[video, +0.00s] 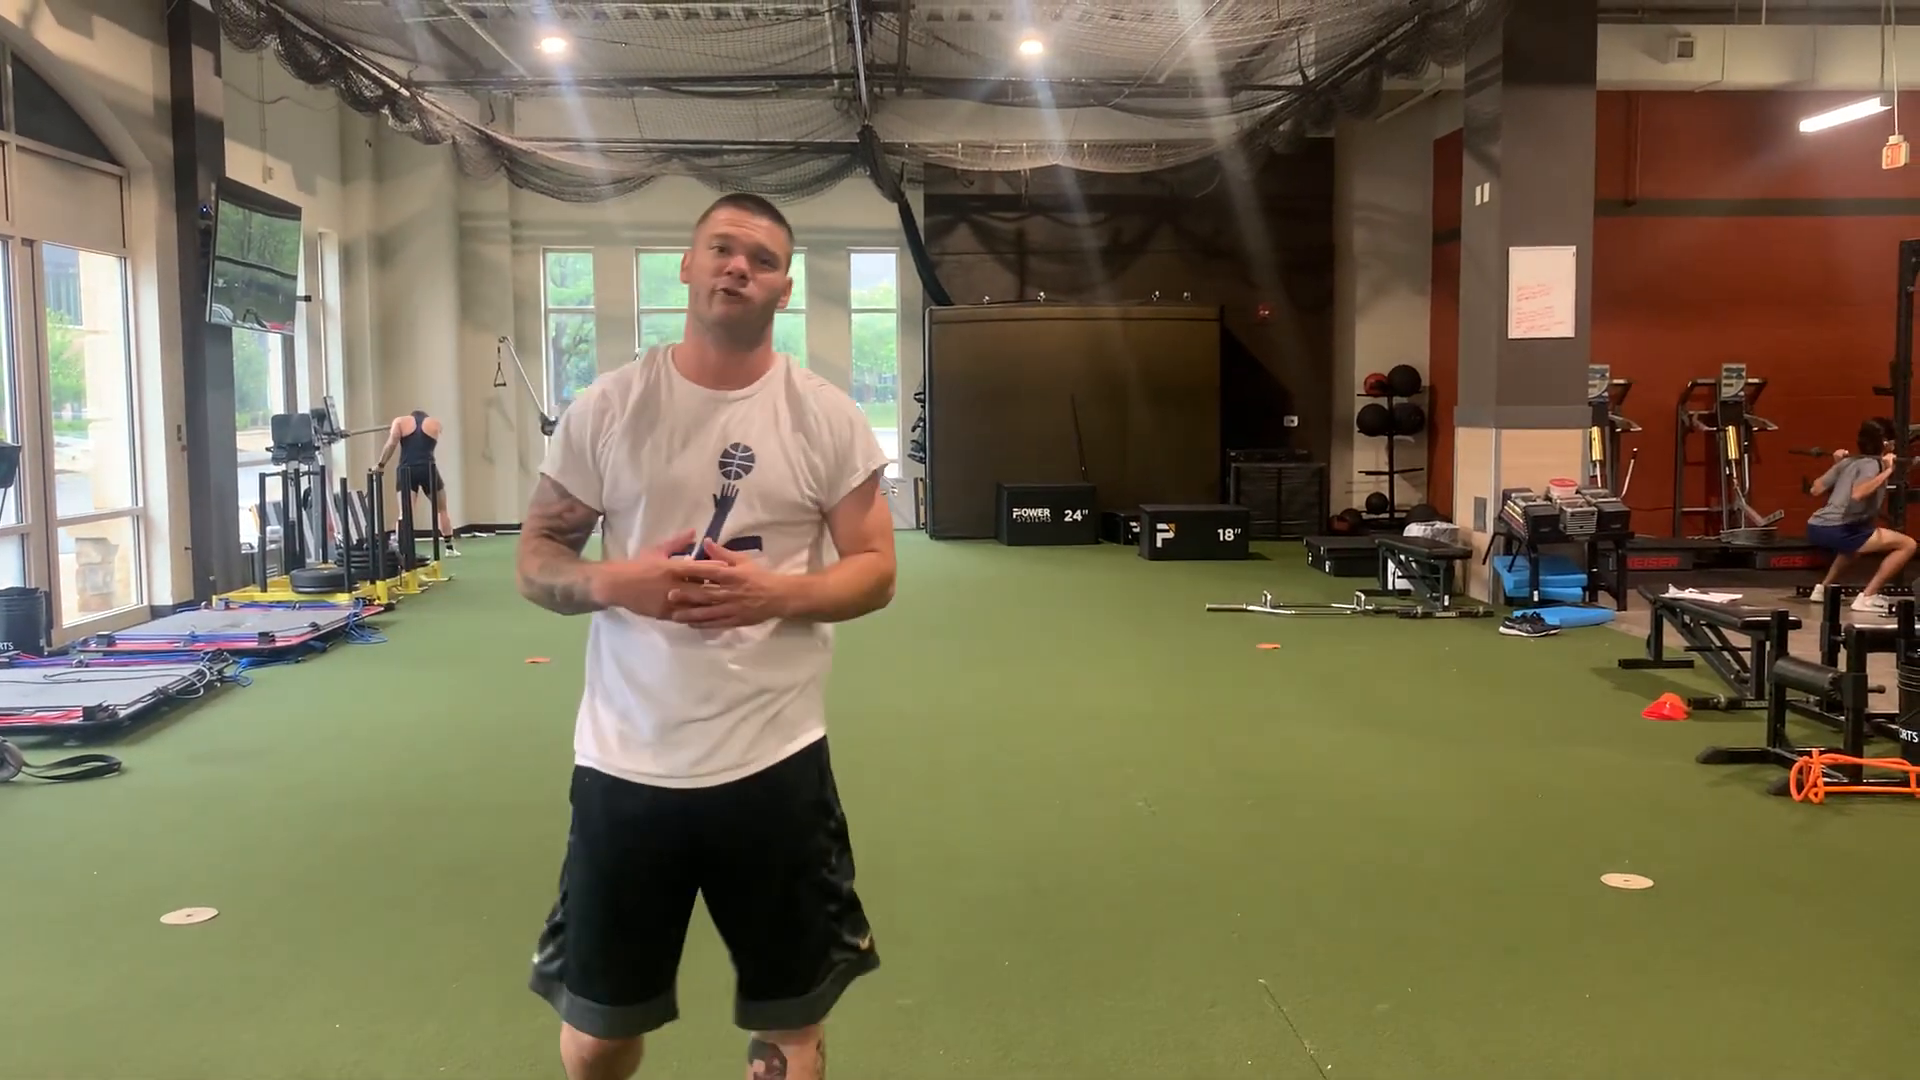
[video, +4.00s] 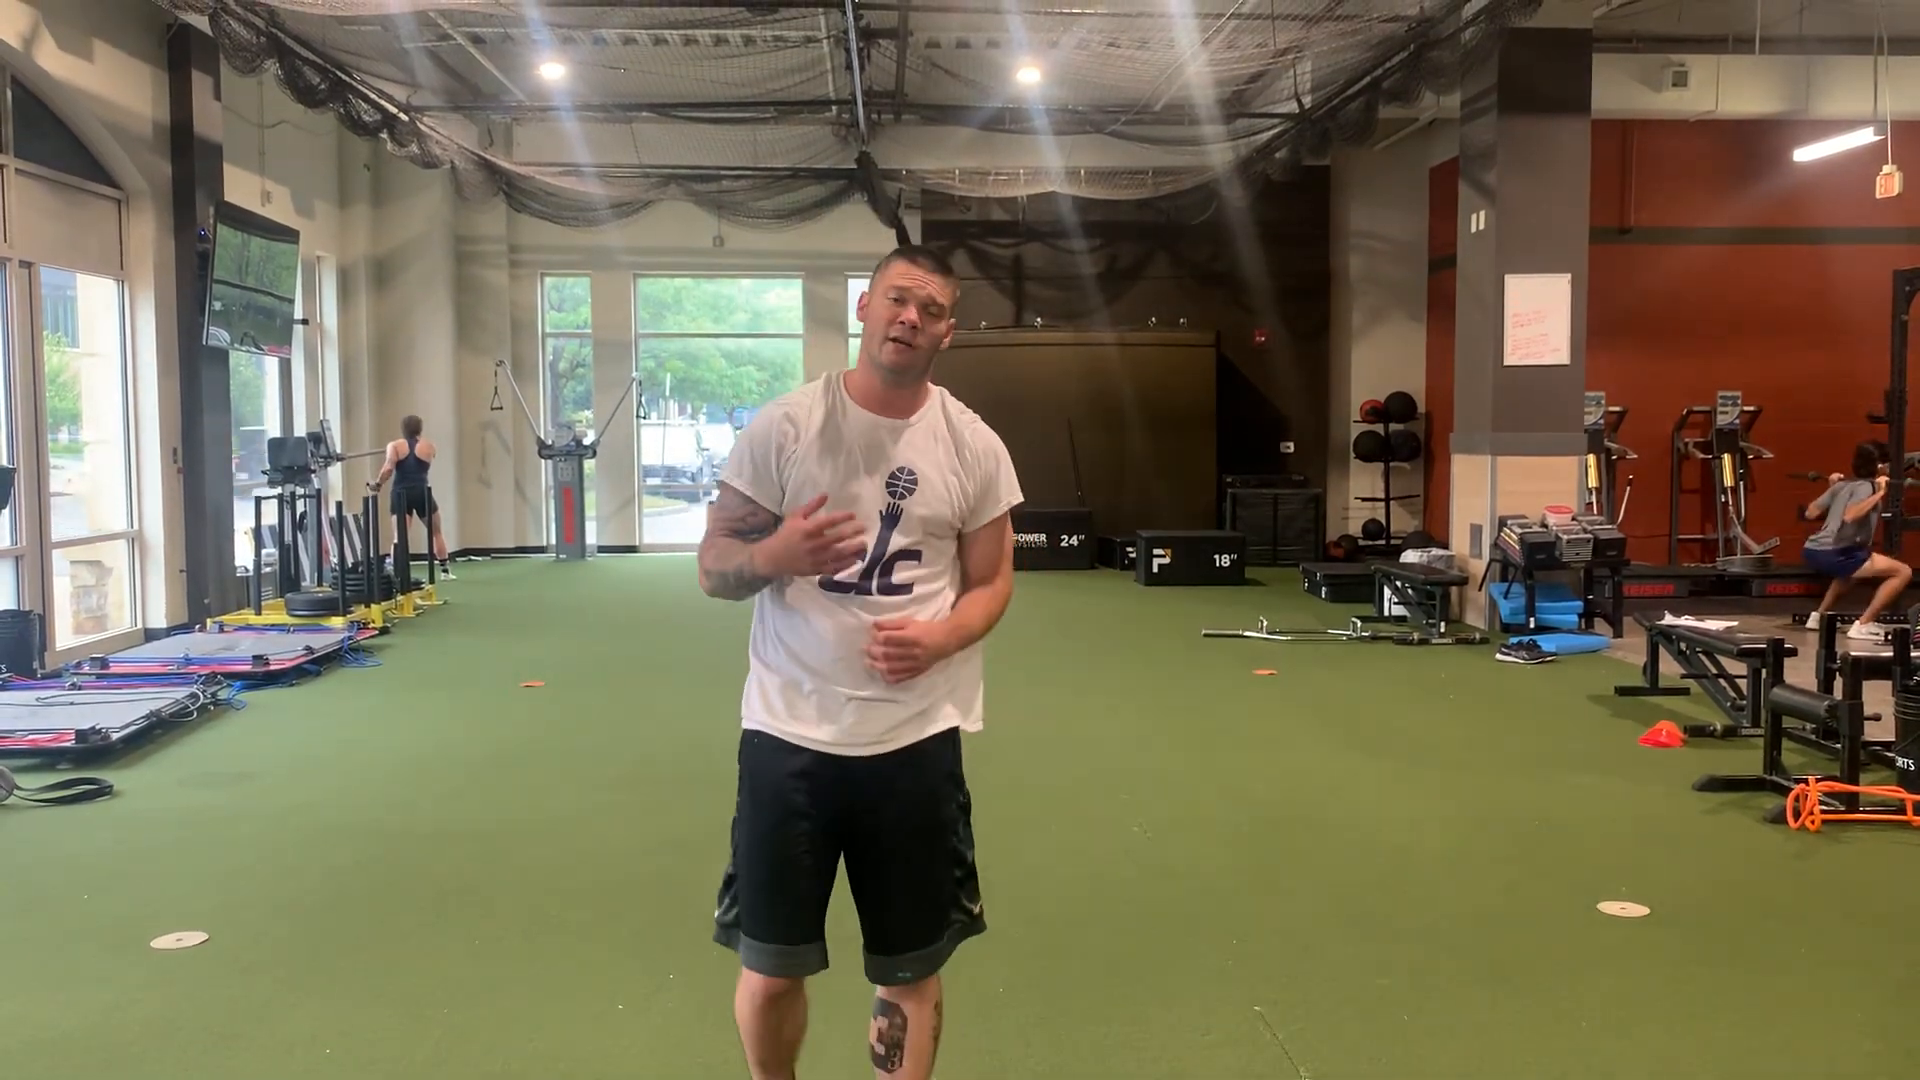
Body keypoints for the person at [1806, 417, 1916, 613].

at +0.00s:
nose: (1893, 445)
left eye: (1893, 440)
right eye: (1892, 440)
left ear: (1863, 442)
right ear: (1883, 444)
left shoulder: (1848, 462)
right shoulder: (1871, 464)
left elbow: (1816, 489)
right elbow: (1857, 494)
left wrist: (1837, 465)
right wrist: (1887, 470)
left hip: (1816, 528)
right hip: (1841, 533)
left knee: (1857, 544)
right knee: (1908, 545)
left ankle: (1823, 588)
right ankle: (1868, 597)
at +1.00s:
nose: (1881, 429)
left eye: (1881, 425)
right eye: (1879, 424)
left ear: (1850, 425)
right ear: (1871, 427)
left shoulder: (1837, 448)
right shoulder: (1862, 448)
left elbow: (1807, 475)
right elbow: (1849, 476)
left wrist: (1825, 450)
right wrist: (1877, 453)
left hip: (1811, 515)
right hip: (1836, 520)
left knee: (1842, 555)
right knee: (1892, 557)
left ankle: (1814, 604)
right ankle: (1860, 613)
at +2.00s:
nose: (1883, 396)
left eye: (1883, 391)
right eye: (1881, 391)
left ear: (1852, 393)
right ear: (1870, 393)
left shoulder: (1837, 416)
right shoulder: (1862, 416)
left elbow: (1808, 444)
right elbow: (1850, 444)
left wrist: (1826, 416)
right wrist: (1877, 419)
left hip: (1815, 488)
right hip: (1837, 493)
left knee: (1822, 550)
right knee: (1857, 551)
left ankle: (1810, 610)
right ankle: (1857, 619)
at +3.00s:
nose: (1888, 446)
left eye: (1888, 442)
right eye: (1886, 441)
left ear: (1857, 443)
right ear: (1877, 445)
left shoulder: (1843, 465)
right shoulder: (1867, 466)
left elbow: (1812, 491)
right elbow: (1852, 495)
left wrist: (1832, 466)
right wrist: (1881, 473)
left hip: (1815, 531)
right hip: (1837, 535)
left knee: (1848, 567)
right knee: (1899, 568)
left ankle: (1818, 615)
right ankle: (1864, 623)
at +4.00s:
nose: (1888, 468)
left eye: (1888, 462)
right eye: (1886, 463)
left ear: (1857, 465)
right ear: (1877, 467)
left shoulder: (1842, 485)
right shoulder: (1866, 487)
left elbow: (1811, 513)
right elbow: (1849, 515)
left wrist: (1833, 488)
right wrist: (1880, 493)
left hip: (1813, 551)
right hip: (1838, 556)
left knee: (1851, 571)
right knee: (1902, 572)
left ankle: (1819, 615)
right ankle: (1864, 624)